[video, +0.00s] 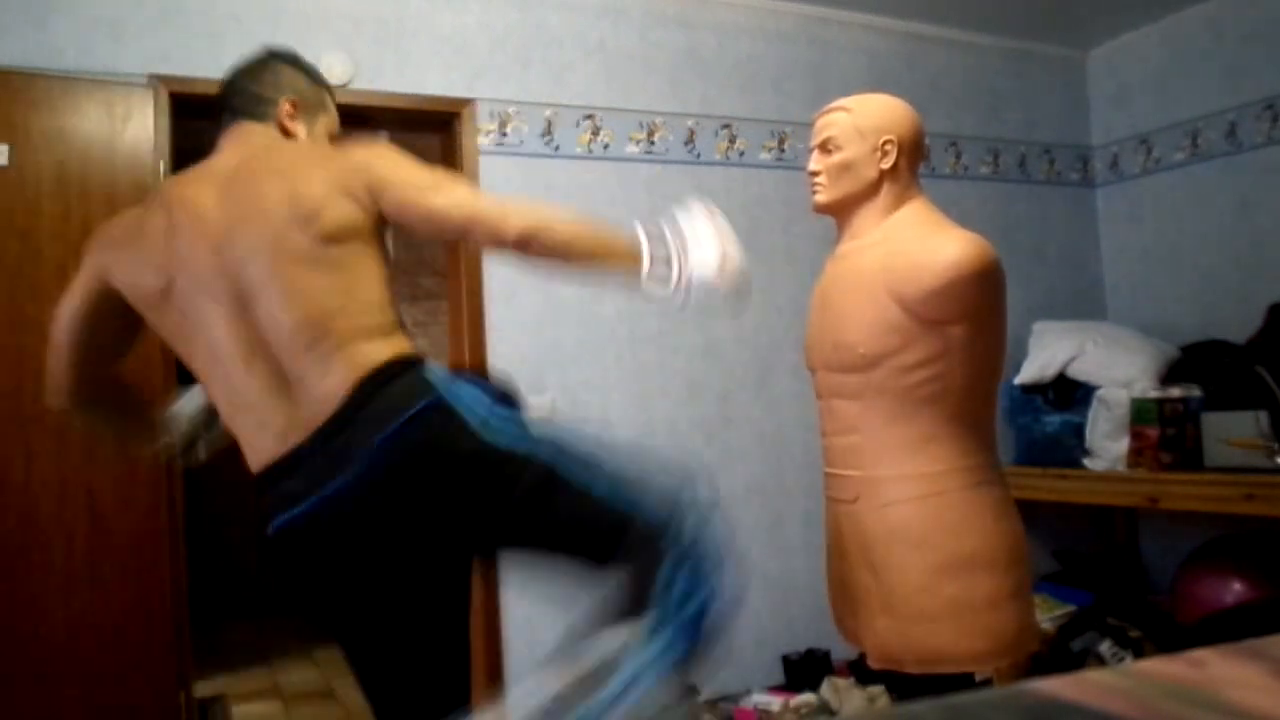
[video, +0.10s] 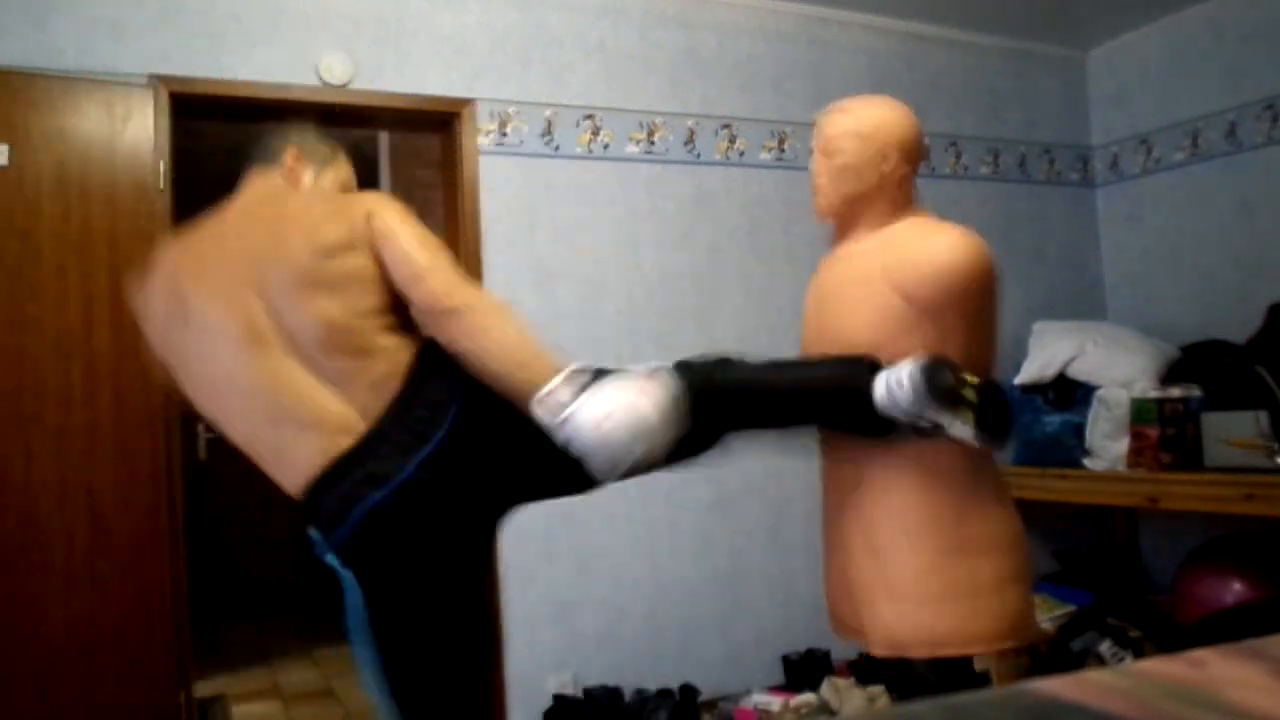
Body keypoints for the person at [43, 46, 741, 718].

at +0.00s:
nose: (331, 142)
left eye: (331, 127)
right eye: (329, 125)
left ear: (231, 119)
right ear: (290, 115)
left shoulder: (127, 239)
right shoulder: (335, 165)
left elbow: (70, 390)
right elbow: (512, 230)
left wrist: (162, 433)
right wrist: (657, 254)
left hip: (312, 518)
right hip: (422, 439)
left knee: (416, 706)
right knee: (662, 530)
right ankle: (646, 692)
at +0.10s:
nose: (348, 203)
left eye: (340, 190)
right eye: (344, 188)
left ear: (248, 176)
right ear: (305, 170)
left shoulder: (159, 288)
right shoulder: (357, 209)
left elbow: (232, 406)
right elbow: (450, 309)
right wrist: (566, 396)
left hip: (381, 538)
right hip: (473, 435)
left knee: (442, 716)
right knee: (682, 403)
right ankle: (895, 393)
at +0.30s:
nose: (358, 226)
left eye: (351, 221)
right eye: (351, 217)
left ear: (266, 240)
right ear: (327, 214)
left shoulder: (220, 374)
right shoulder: (333, 225)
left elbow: (299, 525)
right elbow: (425, 291)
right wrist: (573, 350)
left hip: (378, 543)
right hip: (466, 455)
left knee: (455, 716)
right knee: (700, 556)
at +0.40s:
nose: (360, 213)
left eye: (359, 207)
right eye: (357, 204)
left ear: (289, 220)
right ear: (328, 203)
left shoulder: (227, 355)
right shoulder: (363, 220)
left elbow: (238, 517)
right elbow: (480, 265)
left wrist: (350, 499)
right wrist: (616, 329)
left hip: (360, 532)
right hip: (462, 456)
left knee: (444, 713)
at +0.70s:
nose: (431, 186)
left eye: (432, 167)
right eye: (421, 160)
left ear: (359, 146)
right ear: (362, 144)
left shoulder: (288, 225)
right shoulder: (343, 218)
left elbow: (241, 420)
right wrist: (490, 415)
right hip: (333, 525)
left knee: (449, 710)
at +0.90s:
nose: (406, 168)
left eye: (406, 146)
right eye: (391, 141)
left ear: (322, 134)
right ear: (318, 132)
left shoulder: (341, 270)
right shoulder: (206, 242)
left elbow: (356, 400)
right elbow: (97, 431)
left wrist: (439, 411)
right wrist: (280, 516)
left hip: (332, 584)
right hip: (224, 589)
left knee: (445, 712)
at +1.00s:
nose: (388, 109)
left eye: (387, 87)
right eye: (369, 81)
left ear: (296, 72)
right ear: (293, 71)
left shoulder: (350, 218)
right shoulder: (162, 183)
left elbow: (352, 368)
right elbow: (28, 344)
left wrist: (411, 358)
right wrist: (186, 435)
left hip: (334, 524)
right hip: (202, 532)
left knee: (394, 714)